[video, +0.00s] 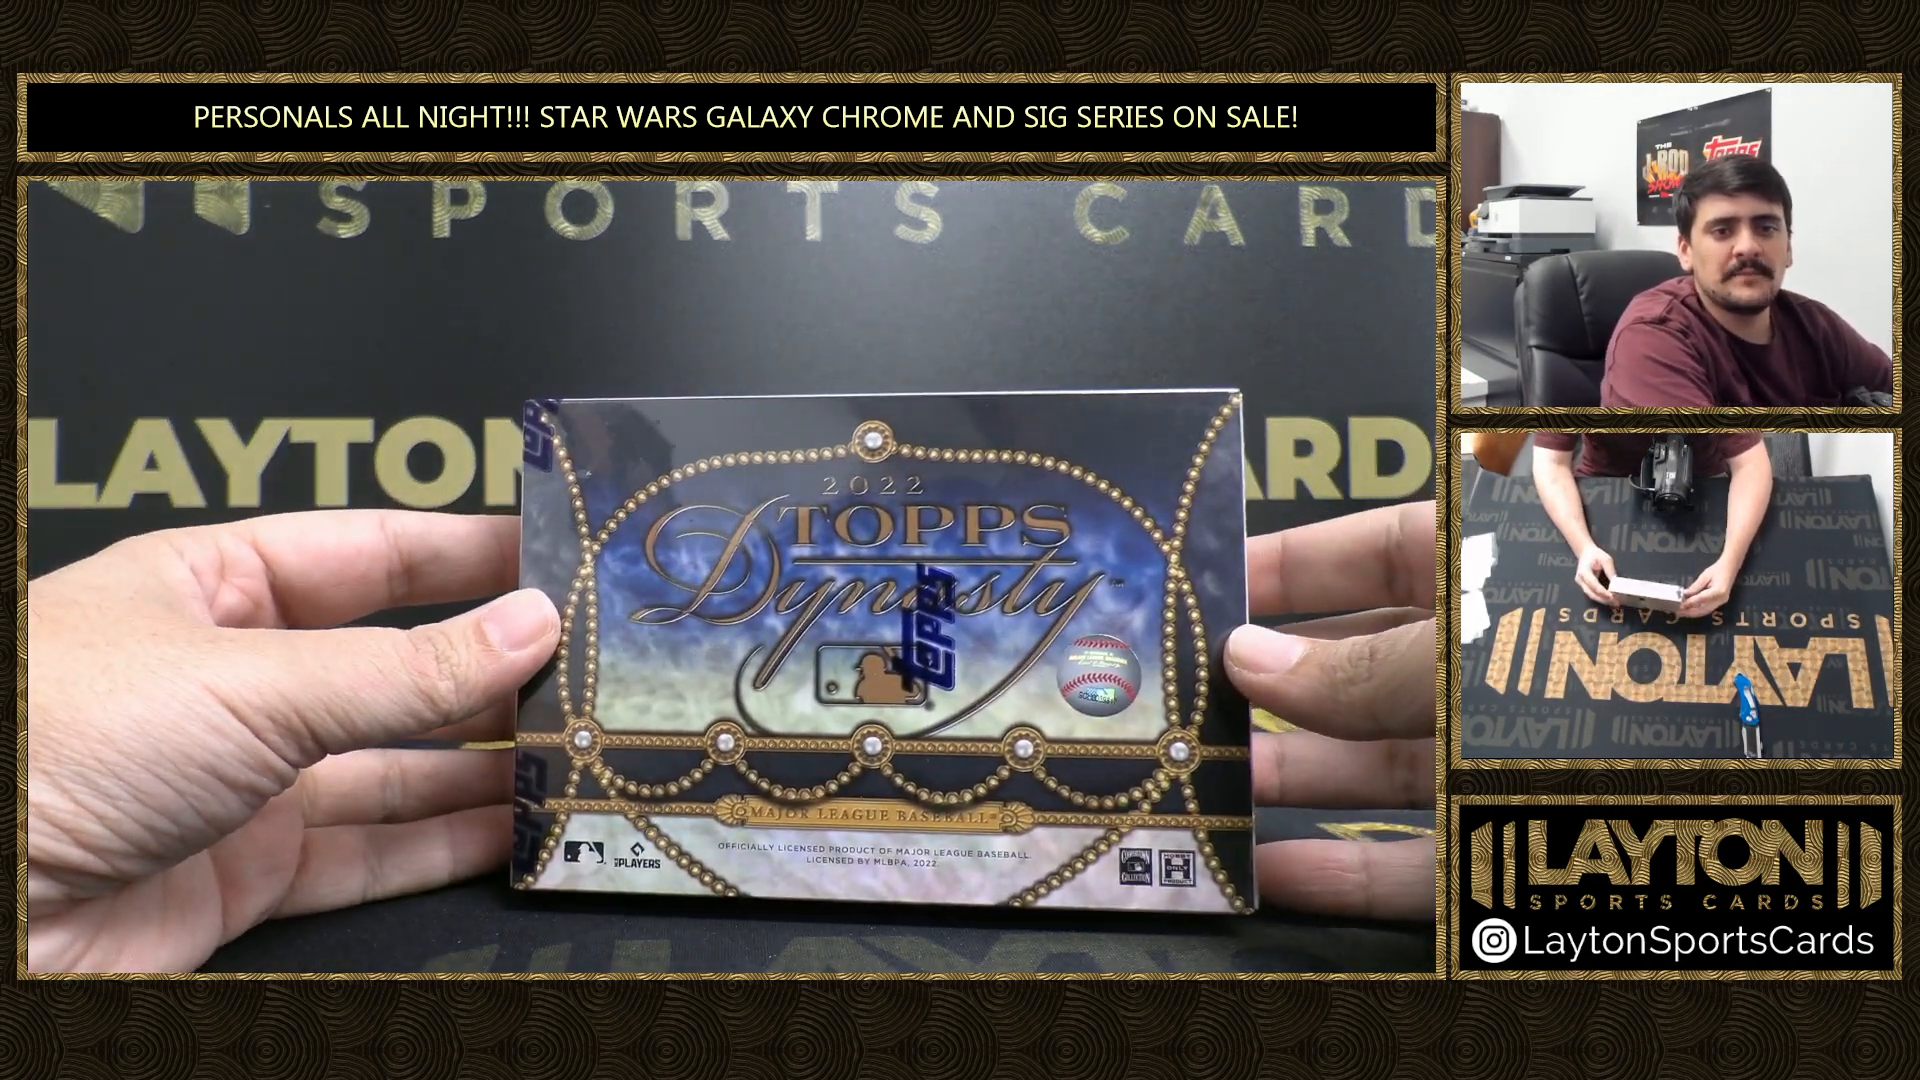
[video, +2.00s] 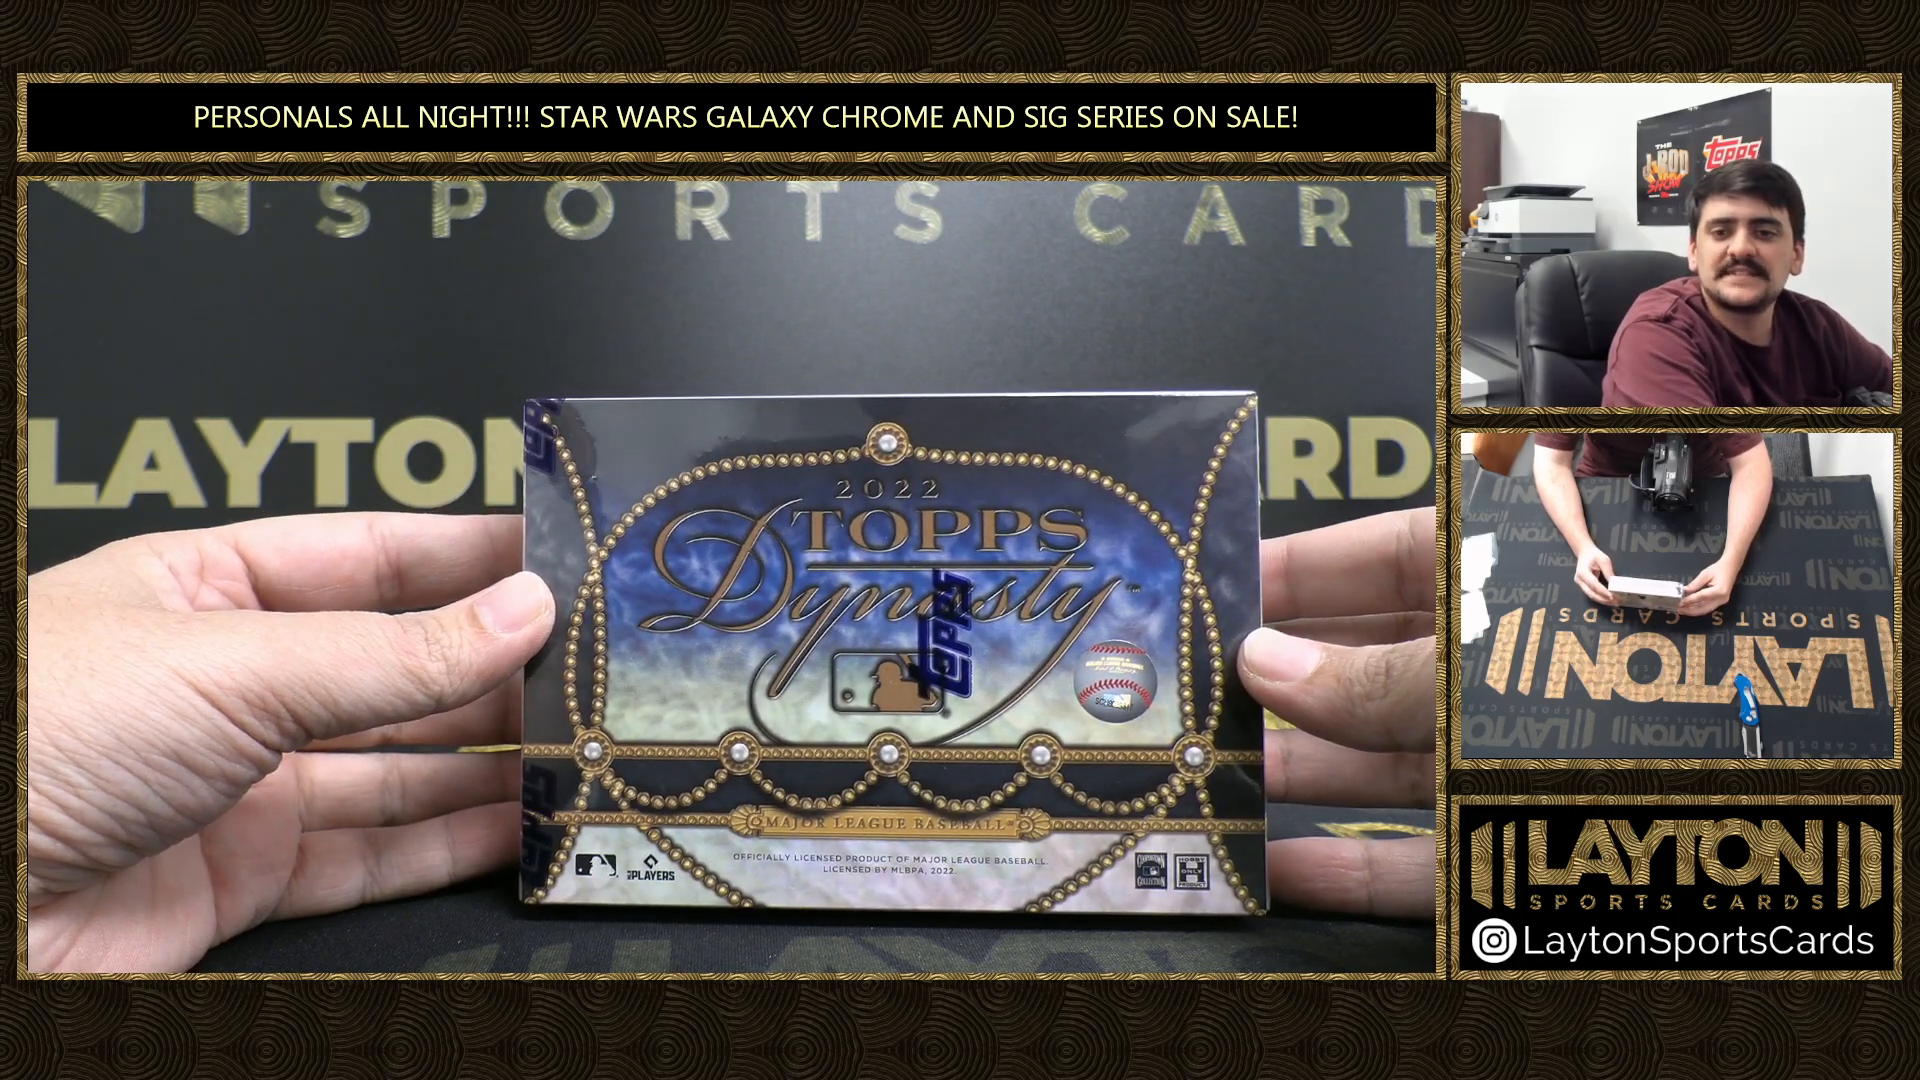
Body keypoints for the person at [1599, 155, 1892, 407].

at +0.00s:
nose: (1747, 247)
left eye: (1765, 228)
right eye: (1723, 231)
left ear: (1788, 248)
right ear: (1685, 251)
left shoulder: (1816, 328)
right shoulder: (1652, 334)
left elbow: (1896, 388)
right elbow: (1746, 461)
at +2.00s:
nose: (1741, 248)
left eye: (1764, 233)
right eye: (1721, 231)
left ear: (1796, 255)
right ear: (1693, 252)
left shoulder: (1818, 328)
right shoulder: (1657, 332)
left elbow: (1896, 388)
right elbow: (1747, 462)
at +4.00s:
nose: (1749, 251)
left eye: (1771, 234)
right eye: (1728, 232)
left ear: (1799, 255)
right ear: (1695, 250)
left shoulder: (1818, 329)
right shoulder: (1656, 332)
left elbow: (1896, 388)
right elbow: (1746, 460)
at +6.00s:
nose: (1777, 253)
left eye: (1794, 235)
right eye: (1753, 234)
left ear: (1808, 248)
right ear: (1706, 248)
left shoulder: (1820, 328)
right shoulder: (1665, 334)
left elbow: (1897, 388)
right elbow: (1748, 459)